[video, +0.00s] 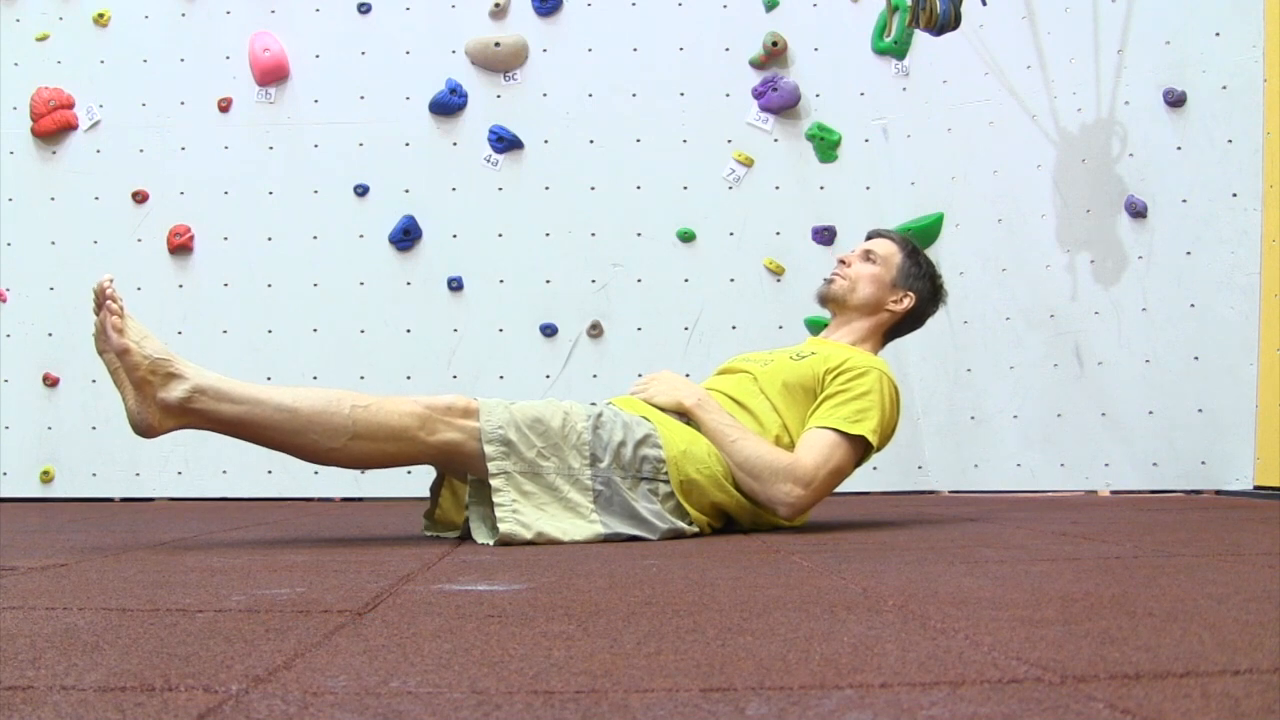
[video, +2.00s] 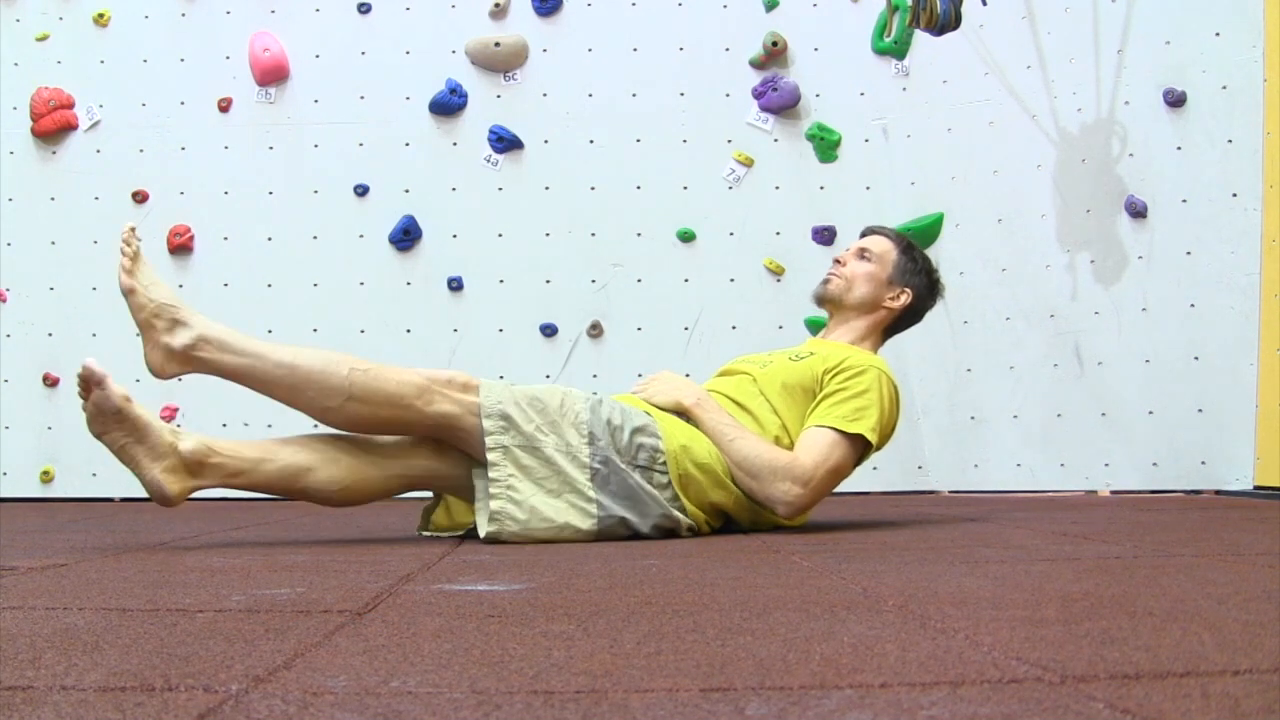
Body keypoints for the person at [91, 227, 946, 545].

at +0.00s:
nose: (847, 254)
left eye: (870, 255)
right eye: (857, 246)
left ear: (897, 302)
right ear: (863, 285)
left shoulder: (865, 377)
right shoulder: (805, 359)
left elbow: (792, 493)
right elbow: (749, 467)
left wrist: (701, 403)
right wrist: (673, 407)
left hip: (660, 461)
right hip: (642, 445)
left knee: (442, 426)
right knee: (434, 422)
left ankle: (179, 395)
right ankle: (181, 396)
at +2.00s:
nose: (842, 257)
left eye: (865, 256)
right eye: (848, 248)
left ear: (896, 301)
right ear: (850, 283)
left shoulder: (864, 374)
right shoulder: (793, 361)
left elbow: (794, 492)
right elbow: (740, 466)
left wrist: (698, 400)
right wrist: (667, 409)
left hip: (661, 457)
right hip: (630, 453)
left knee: (450, 402)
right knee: (416, 453)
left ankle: (189, 336)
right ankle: (180, 461)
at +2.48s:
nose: (838, 262)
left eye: (862, 259)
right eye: (843, 251)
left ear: (895, 302)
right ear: (842, 281)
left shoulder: (862, 378)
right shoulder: (793, 360)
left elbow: (792, 494)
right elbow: (742, 463)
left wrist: (701, 404)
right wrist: (664, 409)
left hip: (646, 467)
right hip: (617, 440)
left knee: (440, 441)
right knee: (427, 404)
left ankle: (181, 467)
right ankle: (196, 335)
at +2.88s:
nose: (831, 261)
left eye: (854, 258)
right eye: (837, 251)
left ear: (890, 299)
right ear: (844, 285)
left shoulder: (860, 374)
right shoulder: (793, 363)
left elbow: (789, 492)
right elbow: (740, 463)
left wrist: (700, 403)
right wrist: (660, 404)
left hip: (648, 457)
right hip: (618, 446)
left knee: (445, 408)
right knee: (399, 438)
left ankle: (188, 363)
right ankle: (165, 434)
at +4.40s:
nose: (839, 258)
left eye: (863, 256)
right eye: (845, 248)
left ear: (896, 299)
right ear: (852, 285)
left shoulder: (863, 378)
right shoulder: (800, 361)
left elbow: (792, 494)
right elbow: (750, 470)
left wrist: (698, 401)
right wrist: (670, 410)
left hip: (652, 462)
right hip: (621, 440)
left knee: (447, 427)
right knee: (415, 403)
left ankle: (185, 467)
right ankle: (178, 378)